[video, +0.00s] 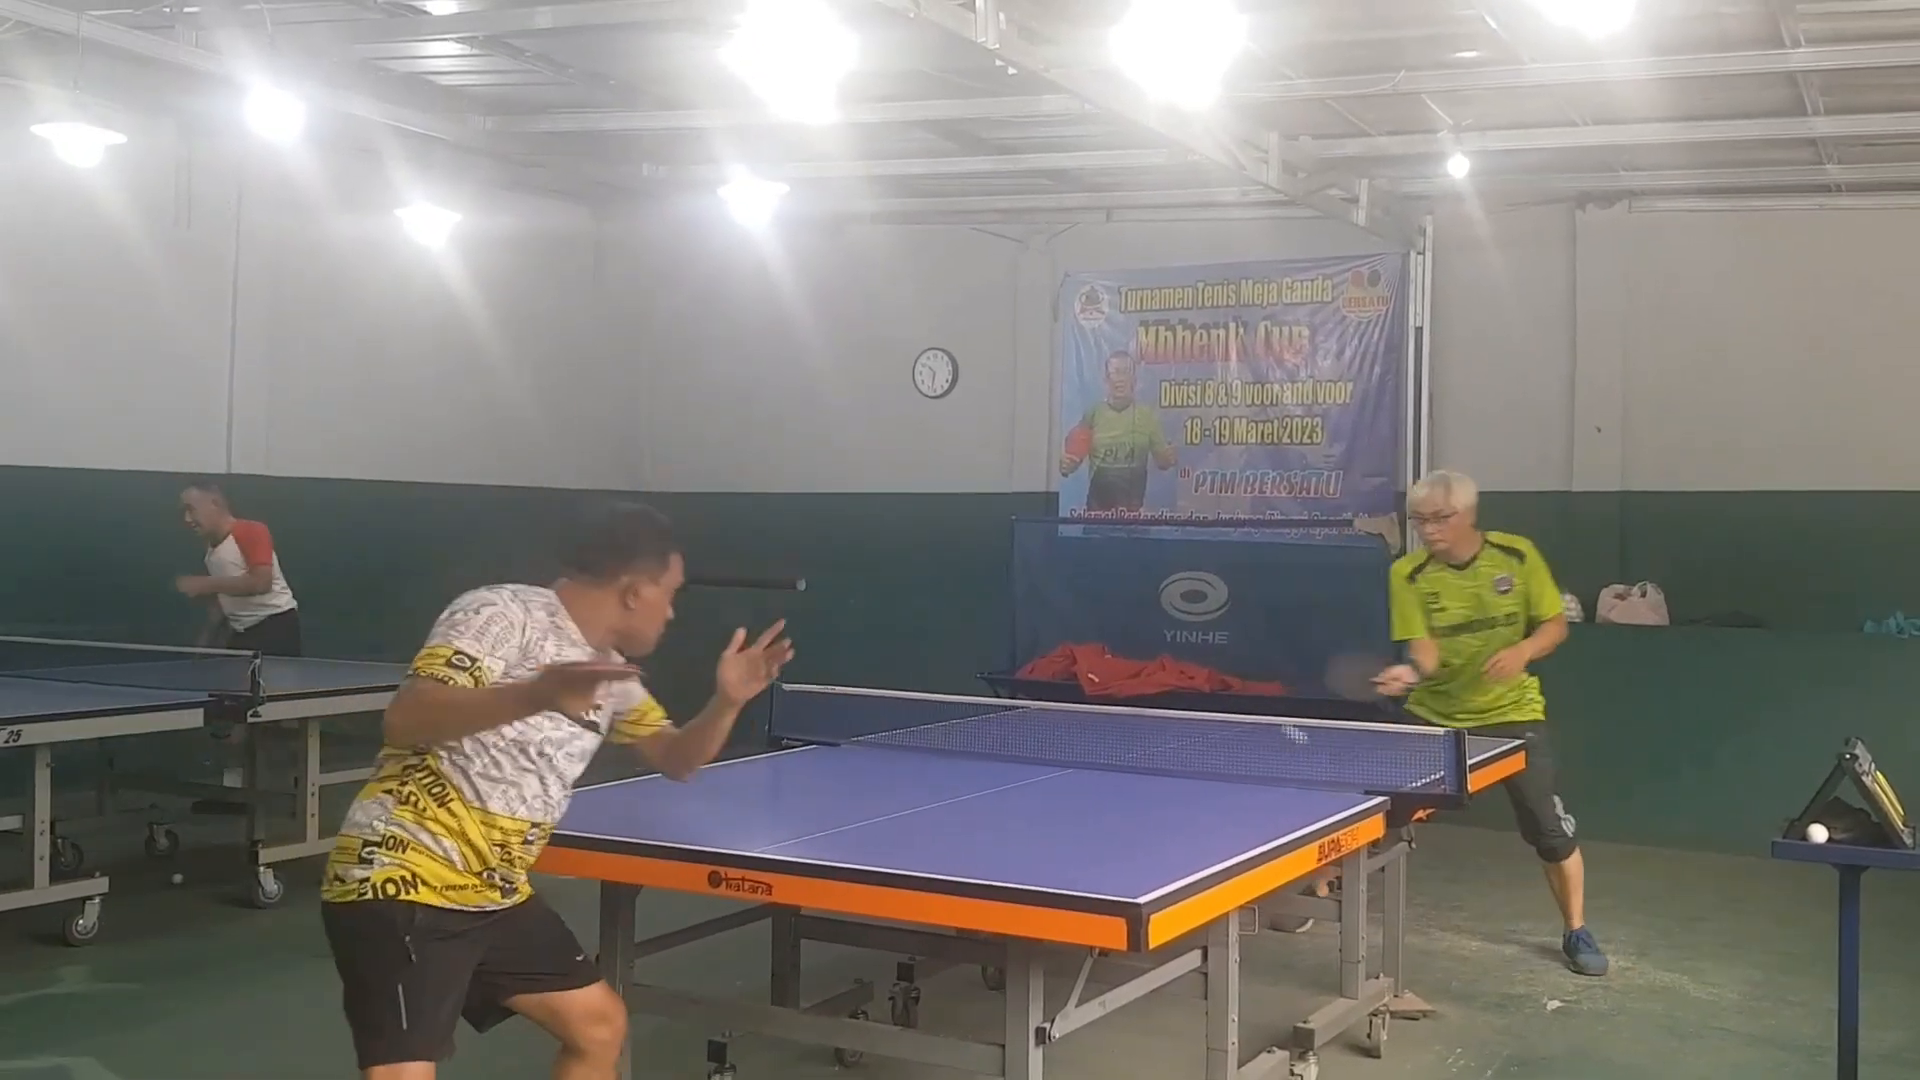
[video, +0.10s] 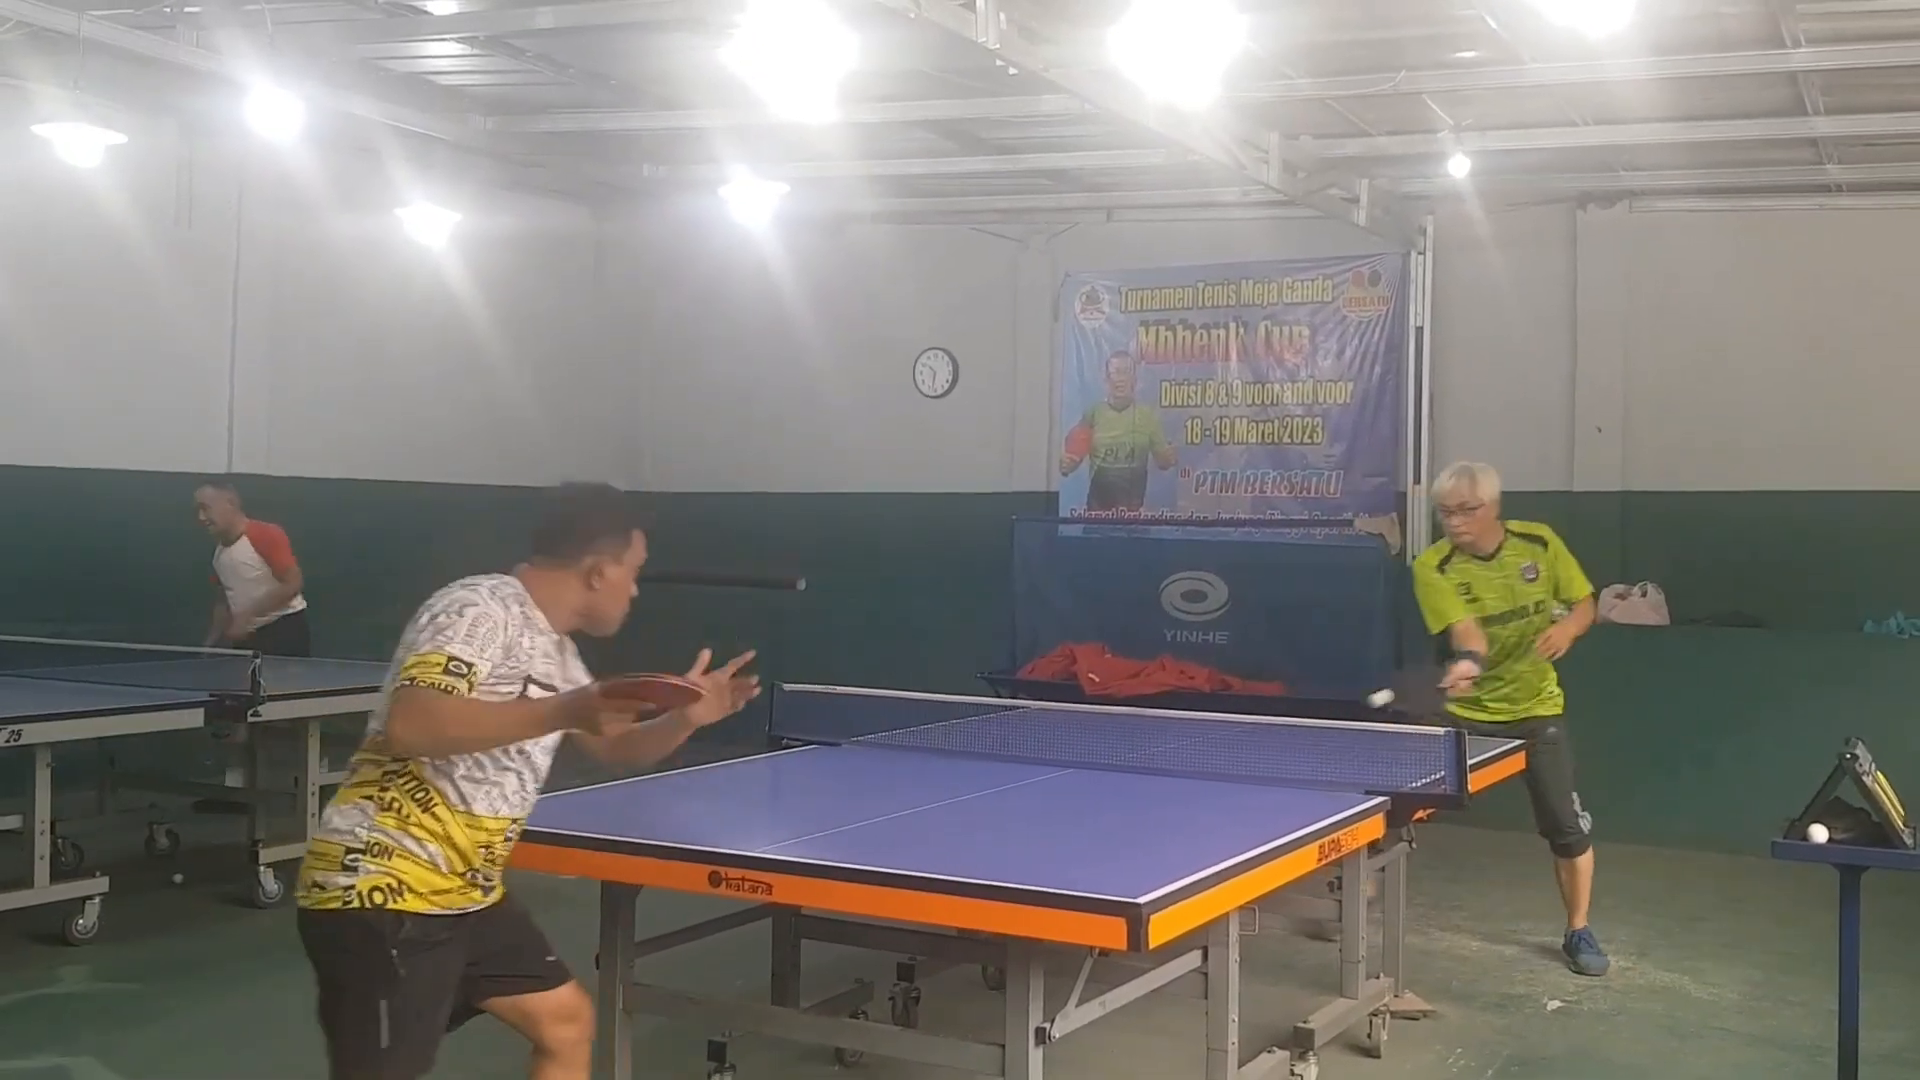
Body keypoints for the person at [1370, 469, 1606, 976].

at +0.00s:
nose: (1428, 530)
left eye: (1439, 519)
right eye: (1421, 520)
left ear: (1467, 516)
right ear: (1414, 521)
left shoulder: (1518, 555)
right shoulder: (1407, 573)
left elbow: (1555, 626)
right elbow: (1424, 649)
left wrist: (1522, 652)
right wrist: (1413, 670)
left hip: (1511, 710)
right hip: (1433, 710)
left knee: (1545, 822)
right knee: (1365, 791)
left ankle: (1577, 931)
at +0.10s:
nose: (1453, 521)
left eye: (1464, 510)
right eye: (1445, 512)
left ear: (1493, 508)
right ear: (1438, 513)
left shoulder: (1540, 542)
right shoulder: (1432, 566)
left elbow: (1585, 601)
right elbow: (1465, 630)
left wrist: (1568, 628)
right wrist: (1468, 659)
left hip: (1536, 703)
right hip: (1468, 708)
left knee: (1565, 822)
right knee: (1397, 794)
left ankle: (1578, 928)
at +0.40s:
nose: (1477, 507)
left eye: (1489, 496)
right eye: (1466, 498)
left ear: (1512, 499)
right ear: (1454, 505)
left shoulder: (1541, 535)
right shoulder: (1449, 558)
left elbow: (1588, 567)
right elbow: (1474, 602)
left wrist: (1613, 563)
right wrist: (1471, 628)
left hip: (1548, 704)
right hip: (1482, 709)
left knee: (1610, 807)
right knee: (1501, 812)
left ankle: (1576, 919)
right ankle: (1497, 939)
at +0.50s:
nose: (1477, 499)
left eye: (1489, 489)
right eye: (1468, 490)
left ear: (1516, 493)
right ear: (1459, 495)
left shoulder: (1549, 532)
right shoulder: (1445, 557)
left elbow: (1594, 578)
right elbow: (1462, 629)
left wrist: (1615, 571)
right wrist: (1452, 634)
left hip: (1547, 698)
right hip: (1478, 703)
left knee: (1599, 806)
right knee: (1491, 814)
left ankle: (1580, 919)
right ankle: (1494, 938)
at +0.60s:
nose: (1481, 501)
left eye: (1493, 490)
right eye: (1473, 491)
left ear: (1519, 492)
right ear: (1463, 495)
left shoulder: (1557, 534)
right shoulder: (1444, 552)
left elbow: (1607, 584)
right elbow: (1444, 627)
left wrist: (1614, 604)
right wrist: (1435, 643)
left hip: (1540, 686)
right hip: (1468, 689)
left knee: (1563, 798)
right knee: (1466, 794)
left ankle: (1577, 929)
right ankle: (1468, 929)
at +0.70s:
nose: (1476, 513)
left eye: (1488, 503)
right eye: (1468, 504)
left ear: (1514, 507)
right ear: (1459, 509)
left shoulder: (1553, 551)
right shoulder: (1441, 564)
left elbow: (1608, 603)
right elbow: (1430, 636)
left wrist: (1619, 657)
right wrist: (1411, 656)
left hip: (1535, 701)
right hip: (1459, 700)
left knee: (1561, 809)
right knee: (1428, 795)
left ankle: (1576, 929)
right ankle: (1415, 910)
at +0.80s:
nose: (1461, 524)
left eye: (1472, 514)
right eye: (1452, 516)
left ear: (1497, 518)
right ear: (1443, 521)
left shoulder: (1537, 563)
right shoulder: (1428, 575)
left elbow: (1588, 620)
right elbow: (1410, 644)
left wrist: (1609, 690)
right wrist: (1388, 662)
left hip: (1523, 705)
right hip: (1449, 705)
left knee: (1550, 805)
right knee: (1390, 791)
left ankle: (1574, 929)